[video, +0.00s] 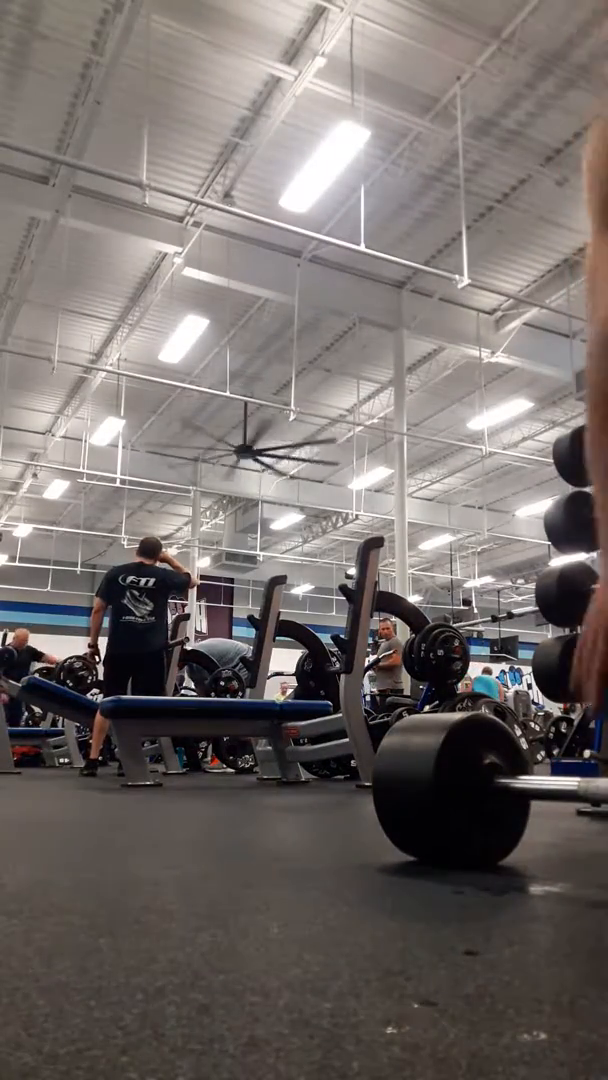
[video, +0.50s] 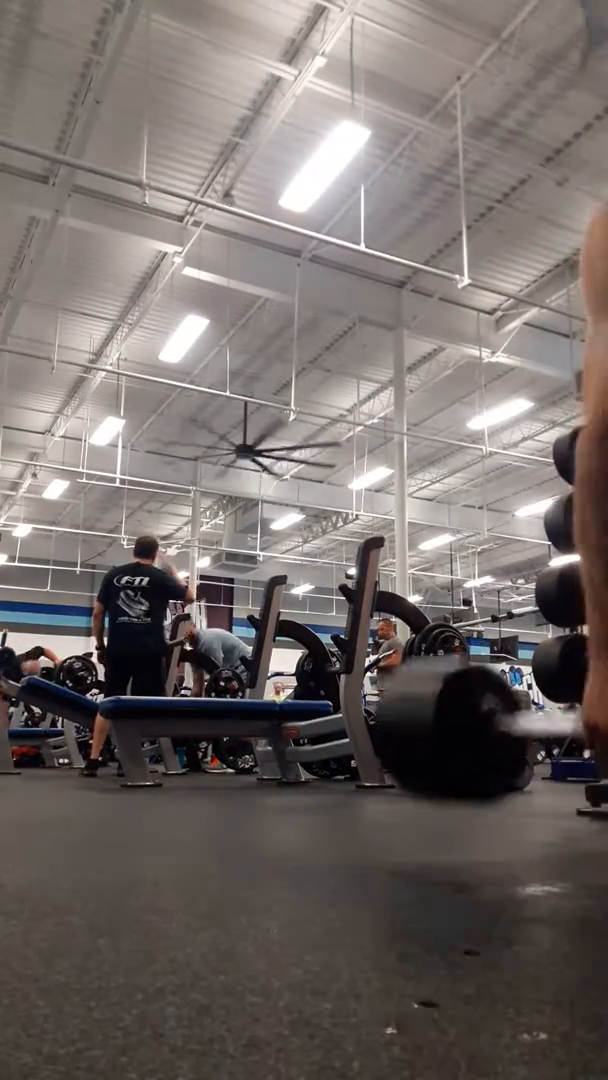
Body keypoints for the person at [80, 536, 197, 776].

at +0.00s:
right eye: (159, 554)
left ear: (137, 552)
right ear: (158, 556)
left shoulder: (116, 573)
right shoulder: (163, 577)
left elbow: (98, 609)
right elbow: (191, 581)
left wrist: (93, 642)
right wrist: (170, 560)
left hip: (118, 651)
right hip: (151, 652)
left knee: (108, 703)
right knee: (148, 706)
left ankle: (93, 758)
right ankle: (136, 763)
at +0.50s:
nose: (158, 557)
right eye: (158, 554)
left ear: (133, 553)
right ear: (155, 555)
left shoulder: (114, 574)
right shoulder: (161, 578)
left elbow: (98, 612)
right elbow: (189, 596)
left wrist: (99, 645)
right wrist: (180, 577)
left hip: (118, 648)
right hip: (149, 650)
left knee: (109, 702)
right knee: (150, 704)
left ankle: (93, 758)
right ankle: (138, 763)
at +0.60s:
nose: (155, 558)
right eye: (155, 554)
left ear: (131, 554)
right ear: (153, 555)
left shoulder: (113, 574)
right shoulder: (157, 578)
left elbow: (97, 613)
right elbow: (185, 603)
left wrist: (98, 646)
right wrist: (191, 613)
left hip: (116, 649)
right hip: (146, 650)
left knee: (107, 704)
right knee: (144, 707)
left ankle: (92, 760)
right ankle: (132, 765)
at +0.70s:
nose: (155, 558)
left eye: (153, 555)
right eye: (155, 555)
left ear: (130, 554)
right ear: (152, 555)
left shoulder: (112, 575)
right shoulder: (156, 577)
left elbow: (96, 613)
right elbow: (180, 601)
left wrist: (99, 647)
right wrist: (188, 612)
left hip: (115, 649)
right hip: (146, 650)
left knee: (106, 703)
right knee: (146, 706)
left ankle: (90, 758)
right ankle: (137, 765)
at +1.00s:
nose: (155, 562)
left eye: (153, 559)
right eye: (155, 558)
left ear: (131, 554)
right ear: (152, 557)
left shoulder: (110, 575)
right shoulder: (155, 576)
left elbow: (95, 613)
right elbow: (172, 604)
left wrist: (96, 648)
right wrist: (160, 620)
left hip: (113, 649)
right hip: (143, 651)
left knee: (105, 704)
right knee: (142, 705)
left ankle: (88, 759)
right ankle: (131, 763)